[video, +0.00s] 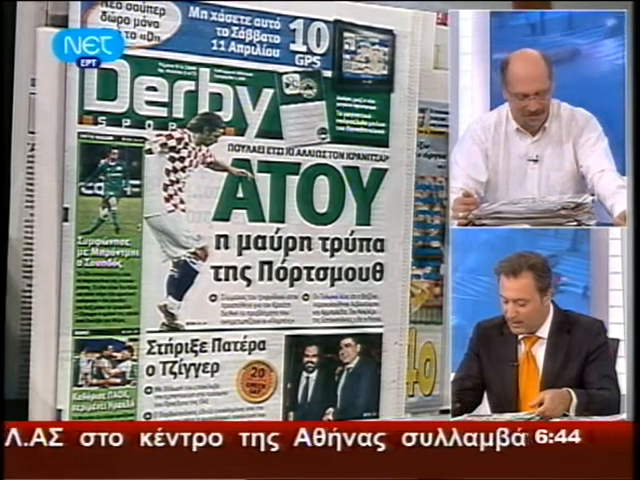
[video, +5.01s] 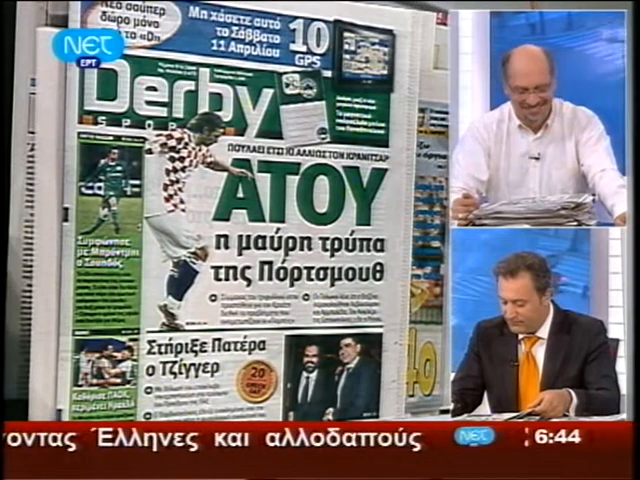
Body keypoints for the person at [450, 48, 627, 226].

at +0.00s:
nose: (533, 106)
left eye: (541, 95)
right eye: (522, 97)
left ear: (551, 86)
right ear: (505, 91)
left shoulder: (580, 124)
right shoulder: (482, 131)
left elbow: (604, 174)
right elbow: (462, 189)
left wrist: (624, 211)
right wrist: (463, 208)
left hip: (567, 245)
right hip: (499, 245)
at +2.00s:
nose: (527, 103)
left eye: (536, 92)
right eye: (517, 93)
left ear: (550, 86)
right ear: (504, 87)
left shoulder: (579, 123)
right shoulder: (482, 130)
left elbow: (603, 174)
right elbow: (462, 189)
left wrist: (624, 211)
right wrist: (462, 209)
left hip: (568, 245)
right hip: (499, 245)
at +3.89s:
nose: (545, 97)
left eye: (551, 85)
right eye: (533, 89)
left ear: (558, 81)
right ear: (510, 88)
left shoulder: (581, 123)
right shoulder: (484, 130)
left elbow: (604, 173)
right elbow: (463, 187)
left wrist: (624, 210)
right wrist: (463, 207)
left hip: (569, 245)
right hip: (500, 245)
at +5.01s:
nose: (532, 100)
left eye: (541, 89)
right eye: (521, 91)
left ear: (554, 82)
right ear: (506, 87)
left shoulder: (582, 123)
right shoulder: (484, 129)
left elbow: (605, 173)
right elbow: (462, 188)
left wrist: (624, 211)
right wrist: (462, 208)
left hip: (569, 244)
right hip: (501, 244)